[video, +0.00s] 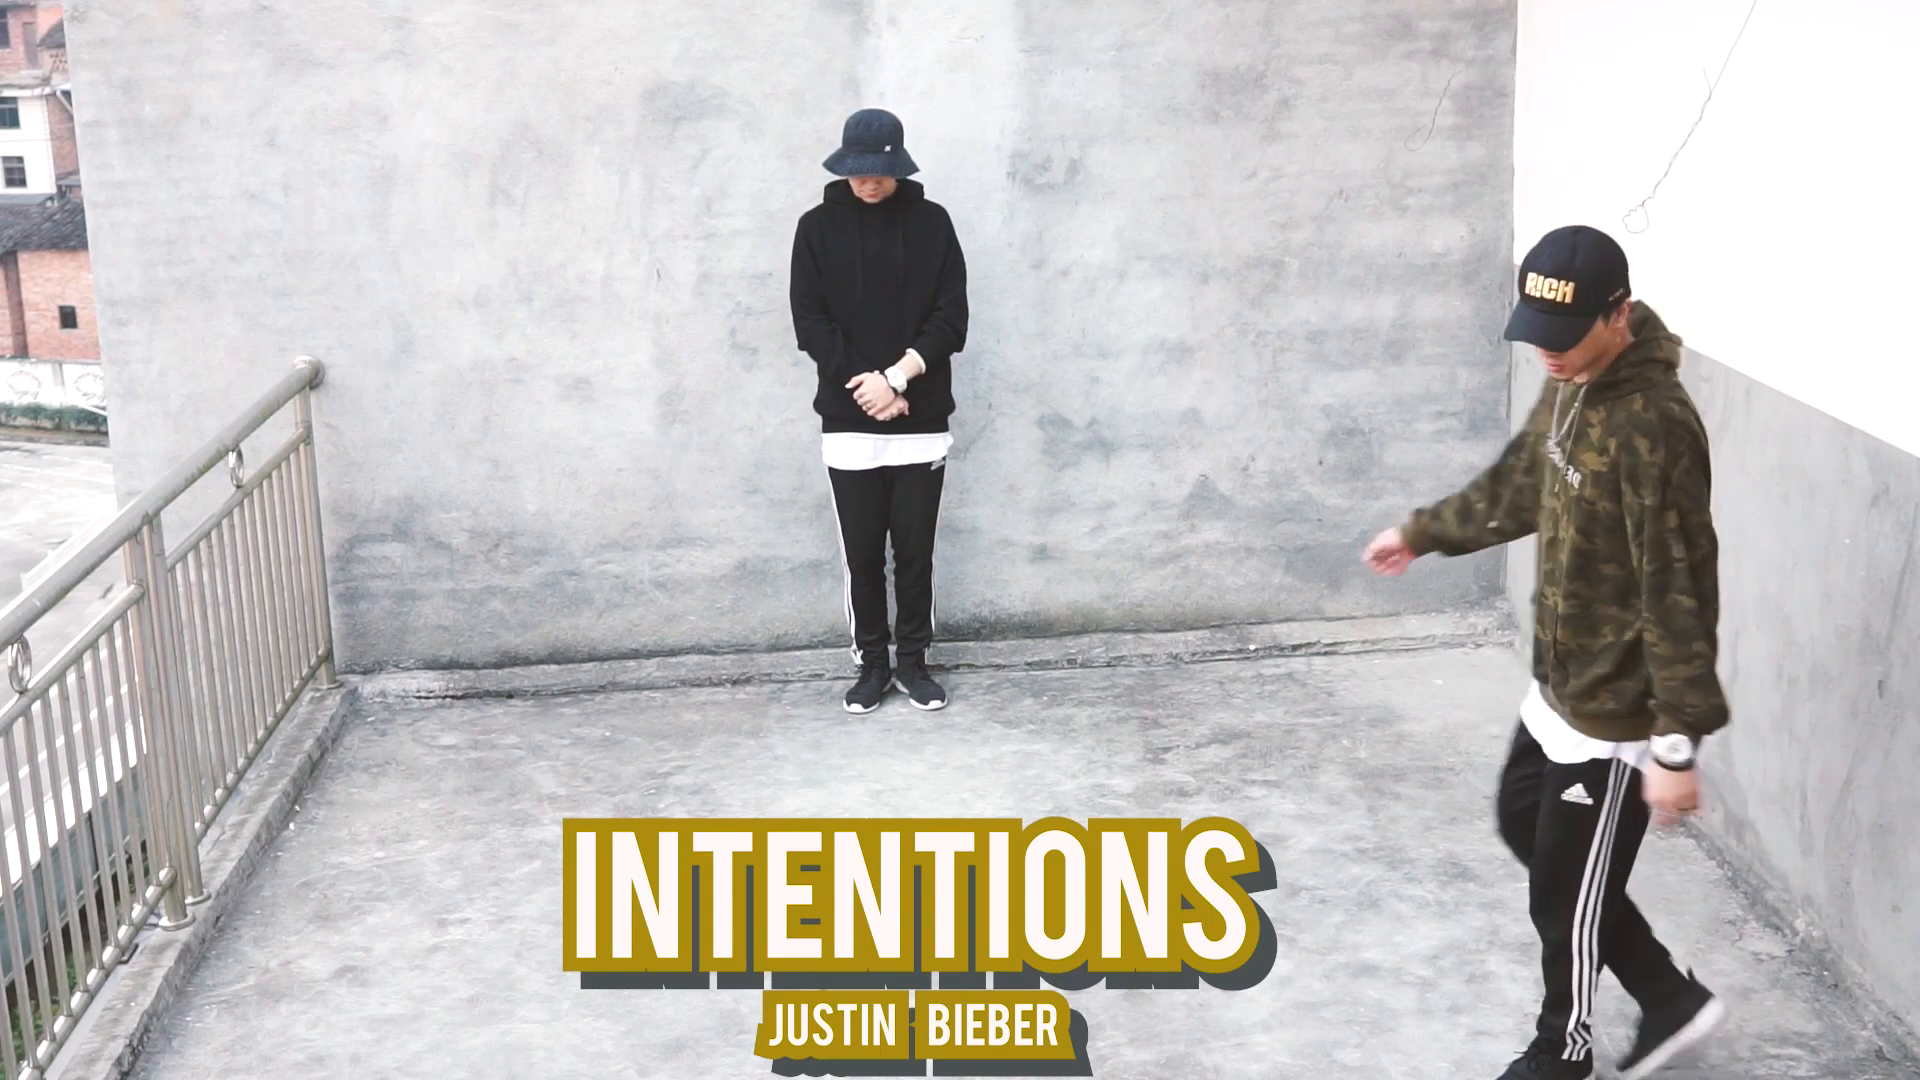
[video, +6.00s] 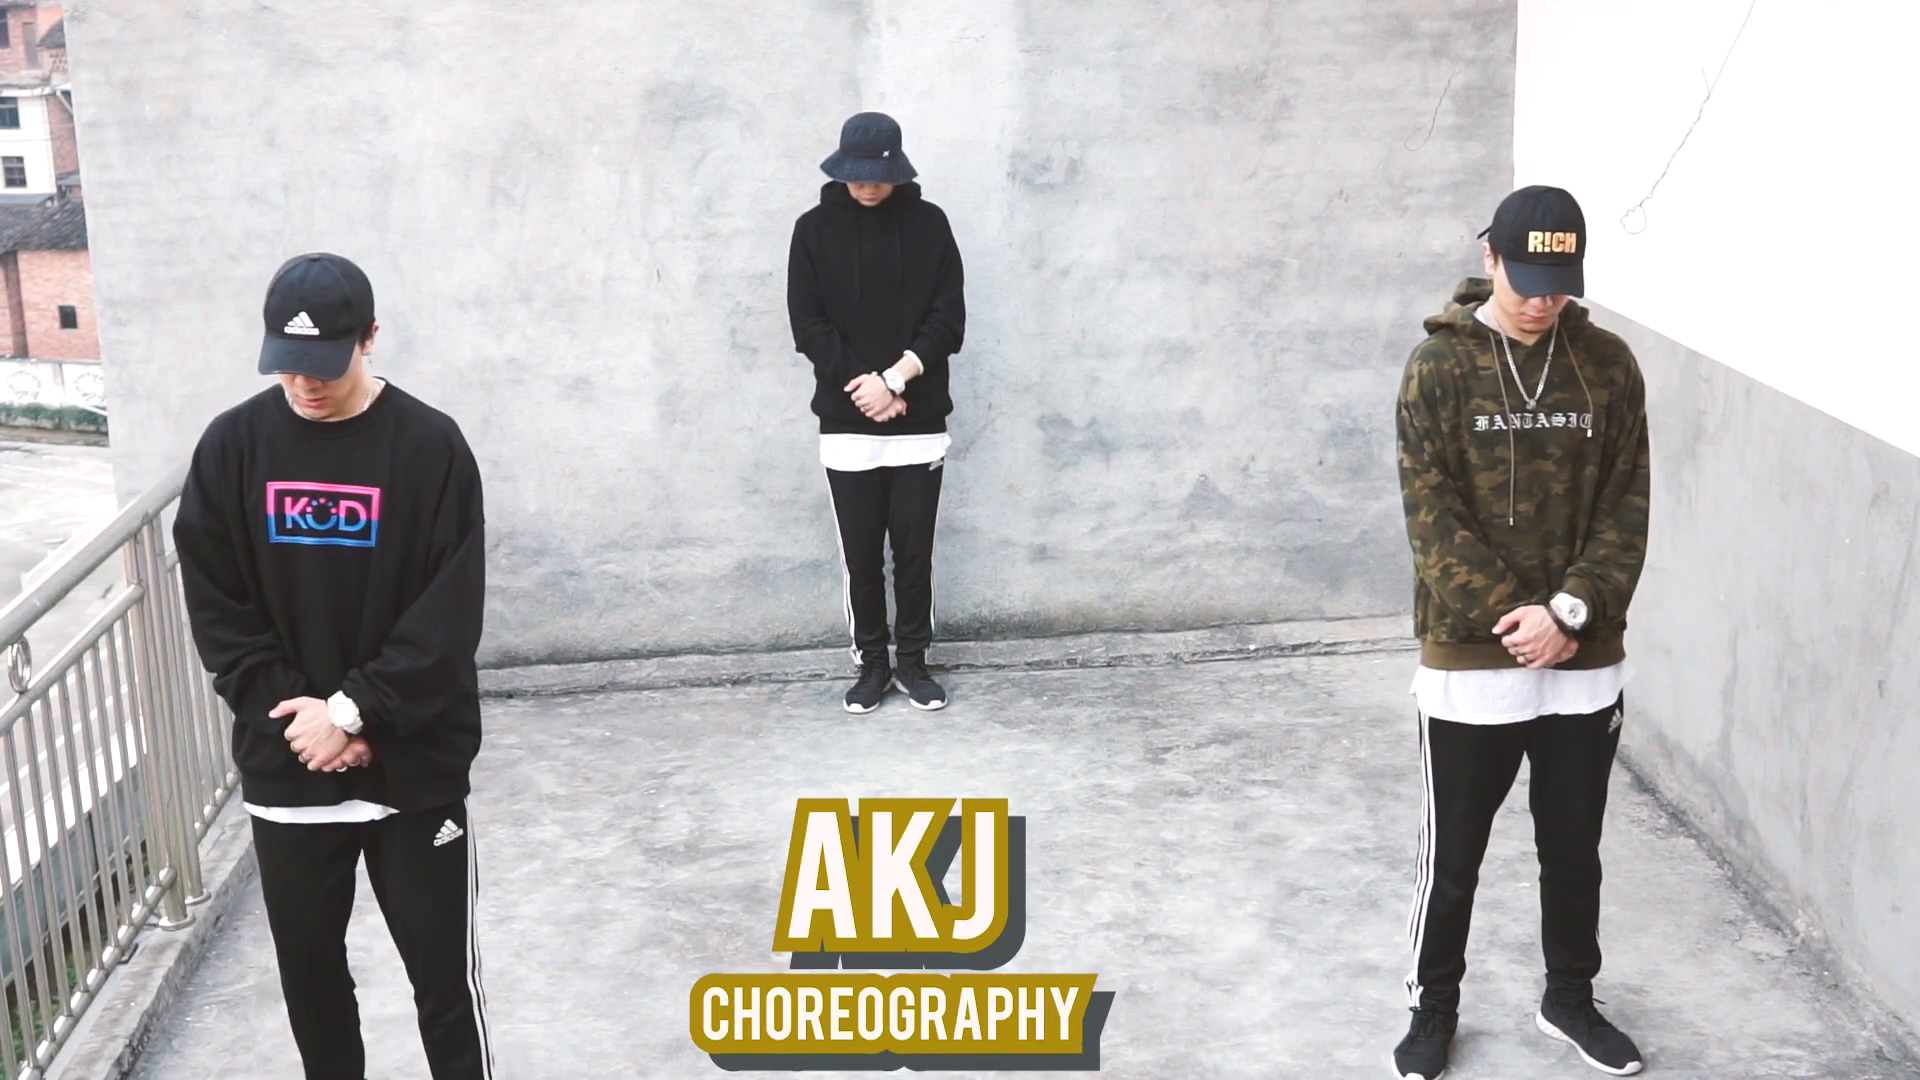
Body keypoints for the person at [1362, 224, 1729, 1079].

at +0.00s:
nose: (1549, 356)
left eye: (1565, 339)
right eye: (1539, 339)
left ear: (1619, 317)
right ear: (1531, 317)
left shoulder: (1655, 427)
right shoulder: (1571, 386)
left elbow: (1678, 591)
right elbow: (1518, 486)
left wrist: (1676, 747)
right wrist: (1423, 531)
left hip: (1621, 714)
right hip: (1560, 686)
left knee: (1569, 898)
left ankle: (1563, 1051)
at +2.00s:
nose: (1542, 314)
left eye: (1557, 297)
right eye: (1525, 295)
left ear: (1578, 279)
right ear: (1487, 267)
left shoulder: (1606, 365)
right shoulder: (1436, 369)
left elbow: (1627, 509)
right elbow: (1426, 522)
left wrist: (1574, 611)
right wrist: (1520, 624)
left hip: (1586, 661)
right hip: (1470, 666)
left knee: (1585, 850)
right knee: (1452, 853)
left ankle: (1573, 996)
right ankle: (1432, 1004)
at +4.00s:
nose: (1546, 300)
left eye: (1561, 284)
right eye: (1530, 281)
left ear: (1582, 271)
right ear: (1492, 259)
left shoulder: (1609, 363)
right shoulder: (1441, 363)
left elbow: (1629, 508)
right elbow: (1433, 514)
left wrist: (1576, 612)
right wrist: (1520, 620)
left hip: (1585, 660)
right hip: (1471, 662)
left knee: (1575, 850)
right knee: (1453, 854)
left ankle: (1571, 998)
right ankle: (1433, 1007)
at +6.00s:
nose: (1547, 300)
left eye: (1562, 284)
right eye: (1531, 281)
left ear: (1582, 271)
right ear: (1491, 259)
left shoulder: (1610, 364)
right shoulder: (1440, 363)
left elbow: (1628, 508)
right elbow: (1431, 514)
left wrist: (1574, 613)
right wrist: (1519, 621)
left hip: (1583, 661)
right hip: (1469, 663)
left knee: (1574, 850)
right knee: (1452, 853)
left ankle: (1571, 998)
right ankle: (1433, 1006)